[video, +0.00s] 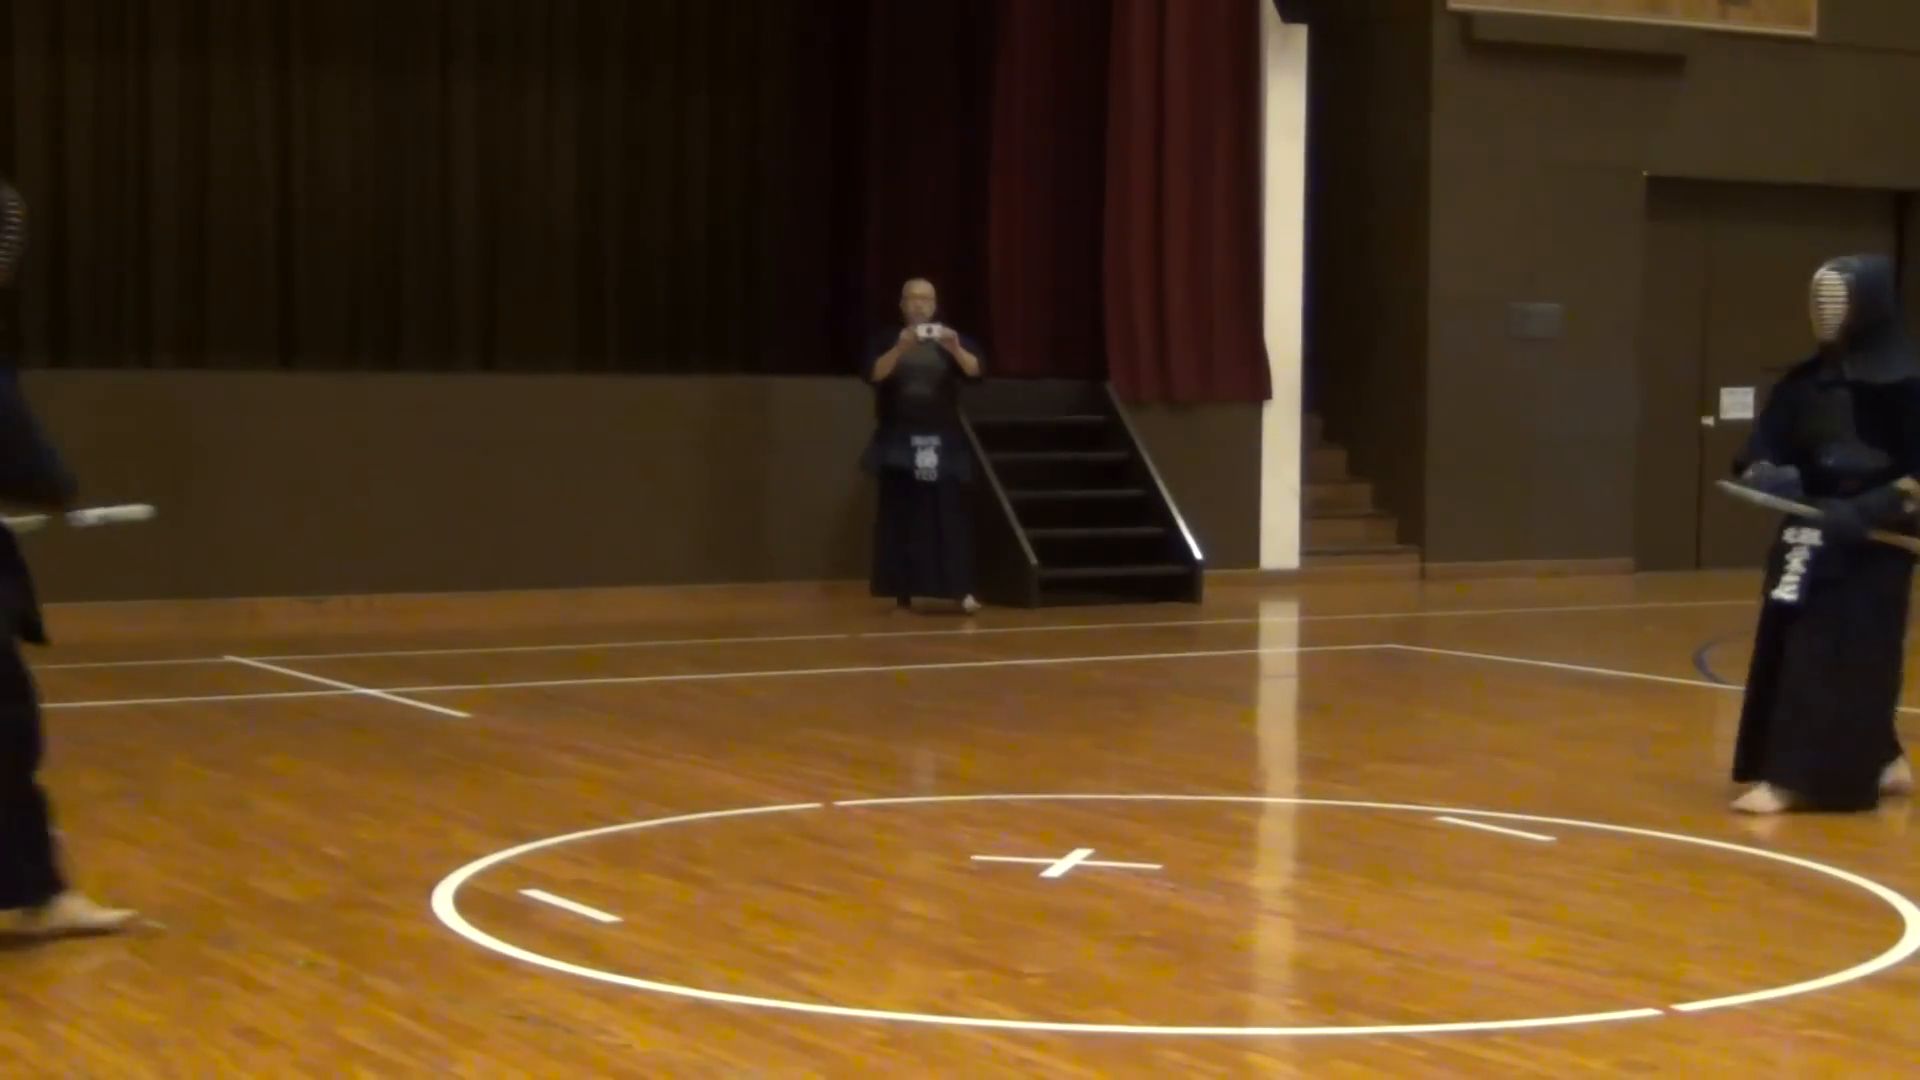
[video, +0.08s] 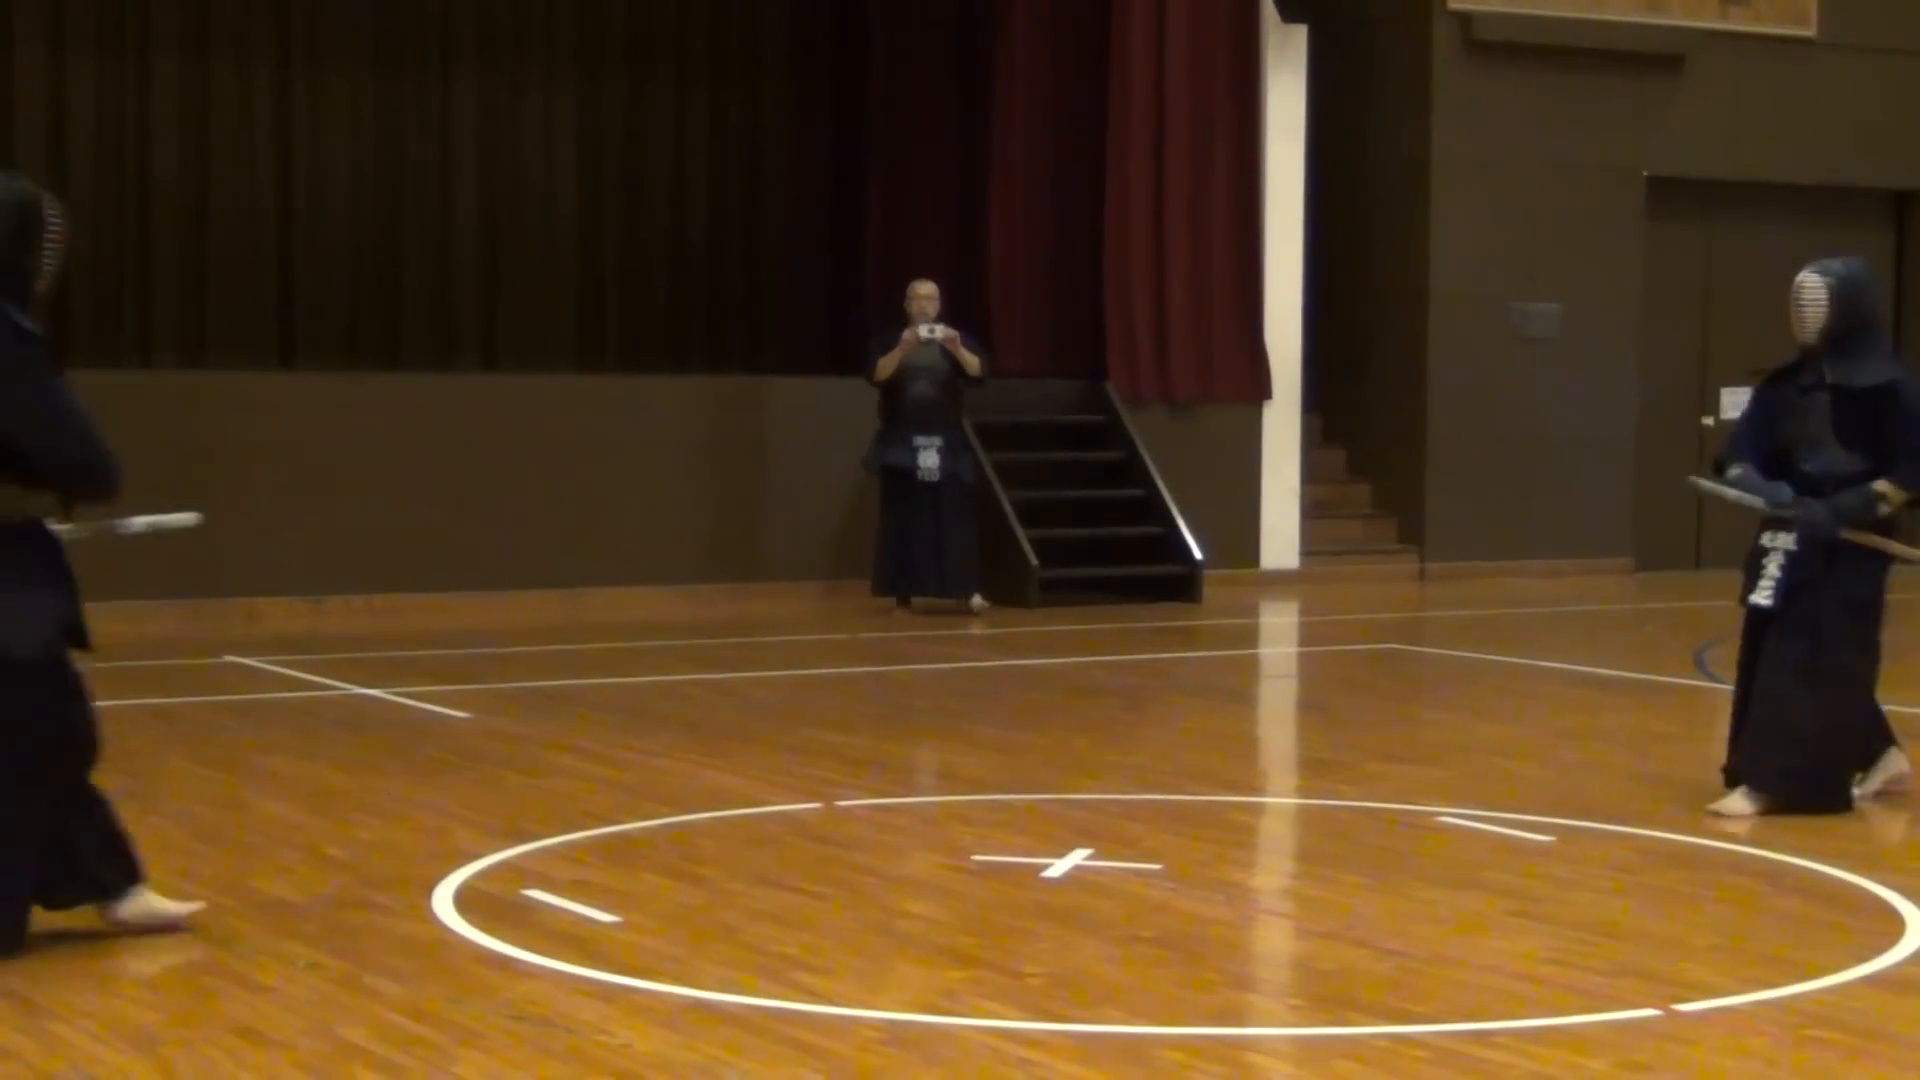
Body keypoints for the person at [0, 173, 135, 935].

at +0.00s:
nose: (15, 246)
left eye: (14, 228)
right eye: (11, 228)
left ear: (14, 236)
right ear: (3, 237)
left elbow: (10, 420)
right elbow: (9, 425)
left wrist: (48, 483)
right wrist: (52, 484)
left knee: (10, 721)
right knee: (8, 719)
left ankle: (31, 886)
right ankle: (28, 887)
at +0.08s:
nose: (55, 260)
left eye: (56, 243)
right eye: (46, 244)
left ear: (23, 249)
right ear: (20, 249)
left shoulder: (21, 336)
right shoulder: (13, 341)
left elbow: (71, 452)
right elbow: (76, 458)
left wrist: (72, 482)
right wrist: (82, 484)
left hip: (26, 586)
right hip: (19, 592)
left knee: (51, 737)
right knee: (44, 739)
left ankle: (109, 882)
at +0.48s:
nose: (254, 261)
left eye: (254, 245)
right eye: (245, 247)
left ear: (173, 247)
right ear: (210, 252)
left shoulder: (128, 327)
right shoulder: (213, 342)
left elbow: (109, 435)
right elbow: (291, 458)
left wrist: (186, 470)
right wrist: (289, 490)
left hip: (146, 553)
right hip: (218, 555)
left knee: (151, 709)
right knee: (303, 698)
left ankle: (143, 895)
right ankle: (295, 887)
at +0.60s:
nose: (315, 278)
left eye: (314, 262)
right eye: (306, 263)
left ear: (226, 266)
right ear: (274, 269)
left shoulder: (185, 350)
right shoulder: (282, 360)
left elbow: (166, 455)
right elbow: (356, 460)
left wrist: (255, 492)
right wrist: (368, 504)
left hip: (210, 567)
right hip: (284, 571)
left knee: (202, 725)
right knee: (375, 706)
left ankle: (143, 892)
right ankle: (437, 879)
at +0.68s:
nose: (361, 287)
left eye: (359, 273)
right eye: (352, 274)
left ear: (273, 278)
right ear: (324, 283)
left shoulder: (237, 357)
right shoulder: (332, 373)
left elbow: (213, 462)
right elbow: (404, 483)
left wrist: (292, 500)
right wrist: (411, 513)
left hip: (254, 579)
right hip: (331, 585)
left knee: (228, 730)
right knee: (428, 717)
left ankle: (147, 887)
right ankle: (497, 877)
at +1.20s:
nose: (565, 258)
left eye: (561, 244)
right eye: (559, 246)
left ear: (483, 242)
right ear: (540, 250)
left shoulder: (432, 320)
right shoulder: (535, 325)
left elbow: (486, 438)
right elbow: (627, 415)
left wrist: (586, 467)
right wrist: (651, 371)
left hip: (420, 535)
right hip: (492, 541)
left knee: (437, 702)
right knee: (519, 706)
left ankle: (456, 878)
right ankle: (534, 888)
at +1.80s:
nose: (595, 292)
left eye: (593, 278)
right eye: (590, 279)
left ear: (516, 275)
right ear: (567, 283)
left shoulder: (462, 347)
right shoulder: (556, 353)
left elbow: (545, 450)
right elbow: (639, 420)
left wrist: (639, 476)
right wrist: (714, 406)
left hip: (433, 555)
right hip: (496, 563)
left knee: (443, 711)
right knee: (554, 714)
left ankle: (427, 882)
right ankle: (519, 886)